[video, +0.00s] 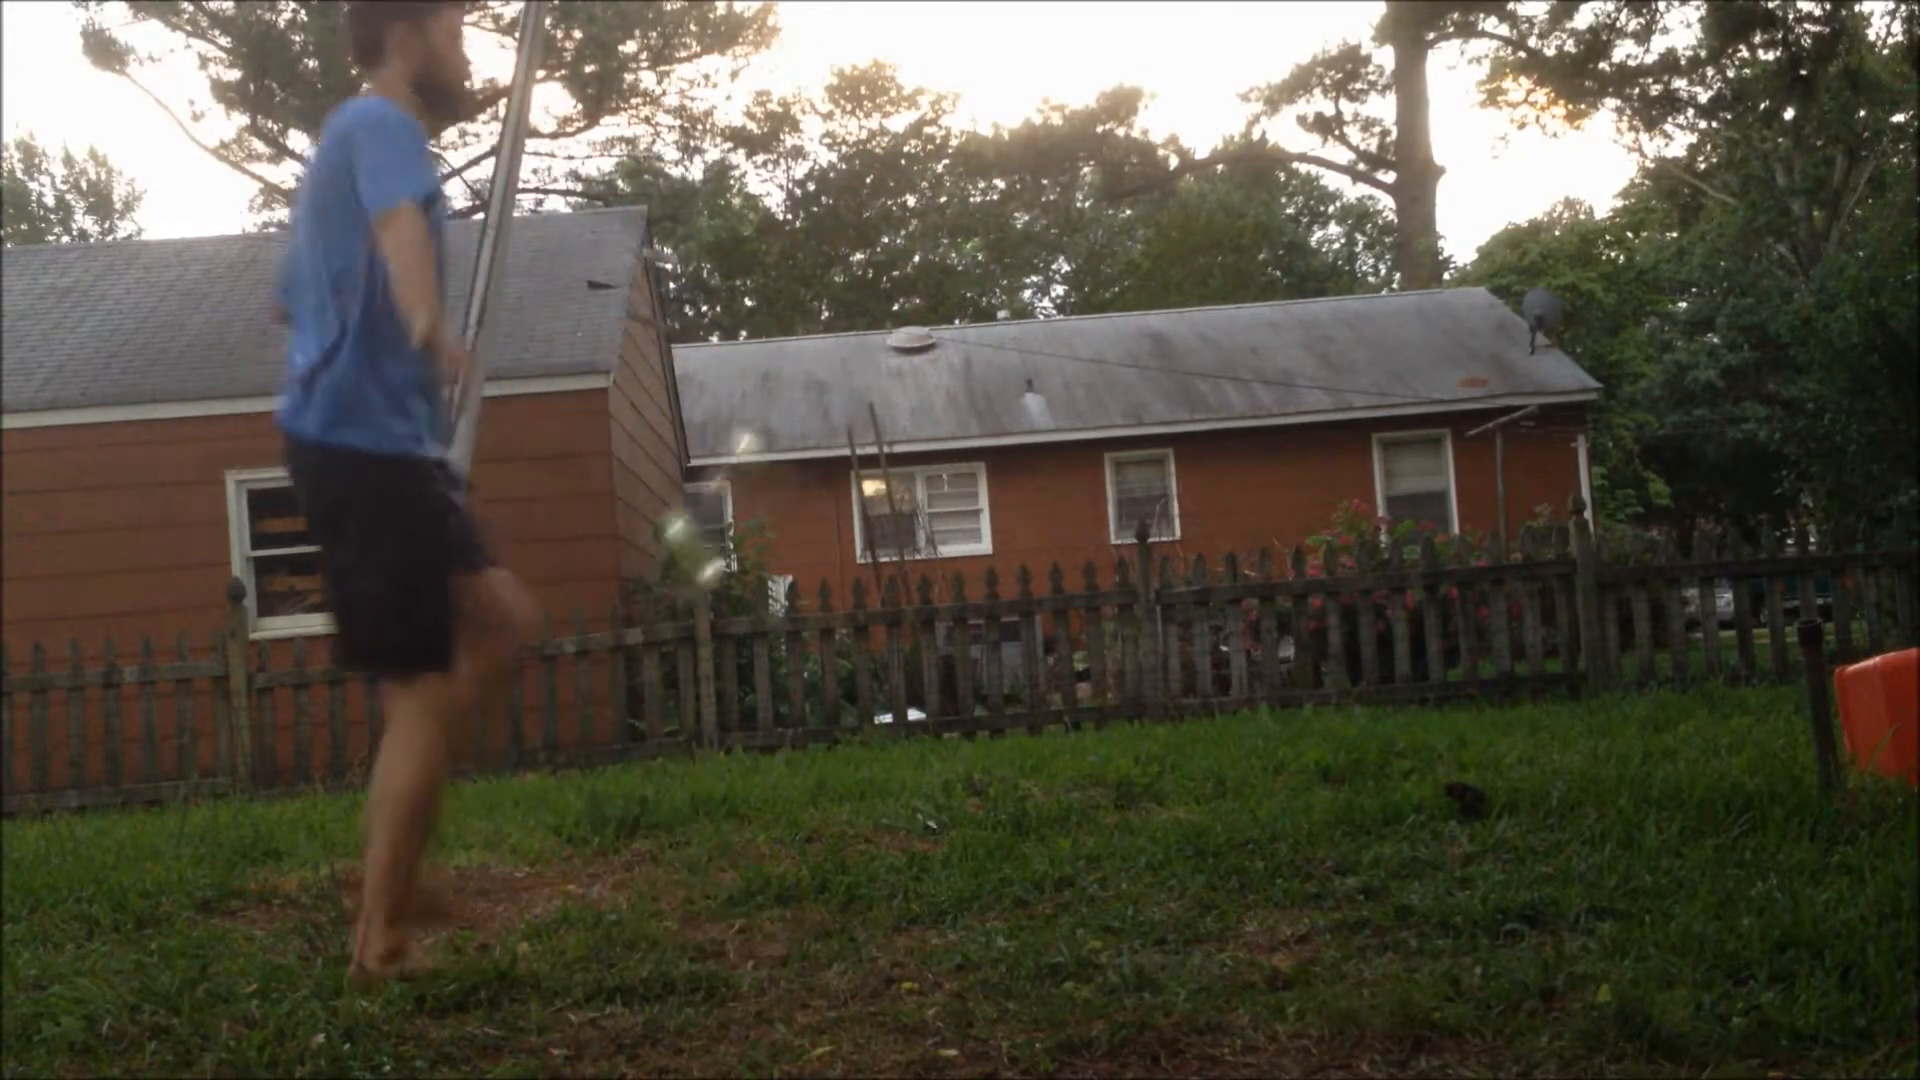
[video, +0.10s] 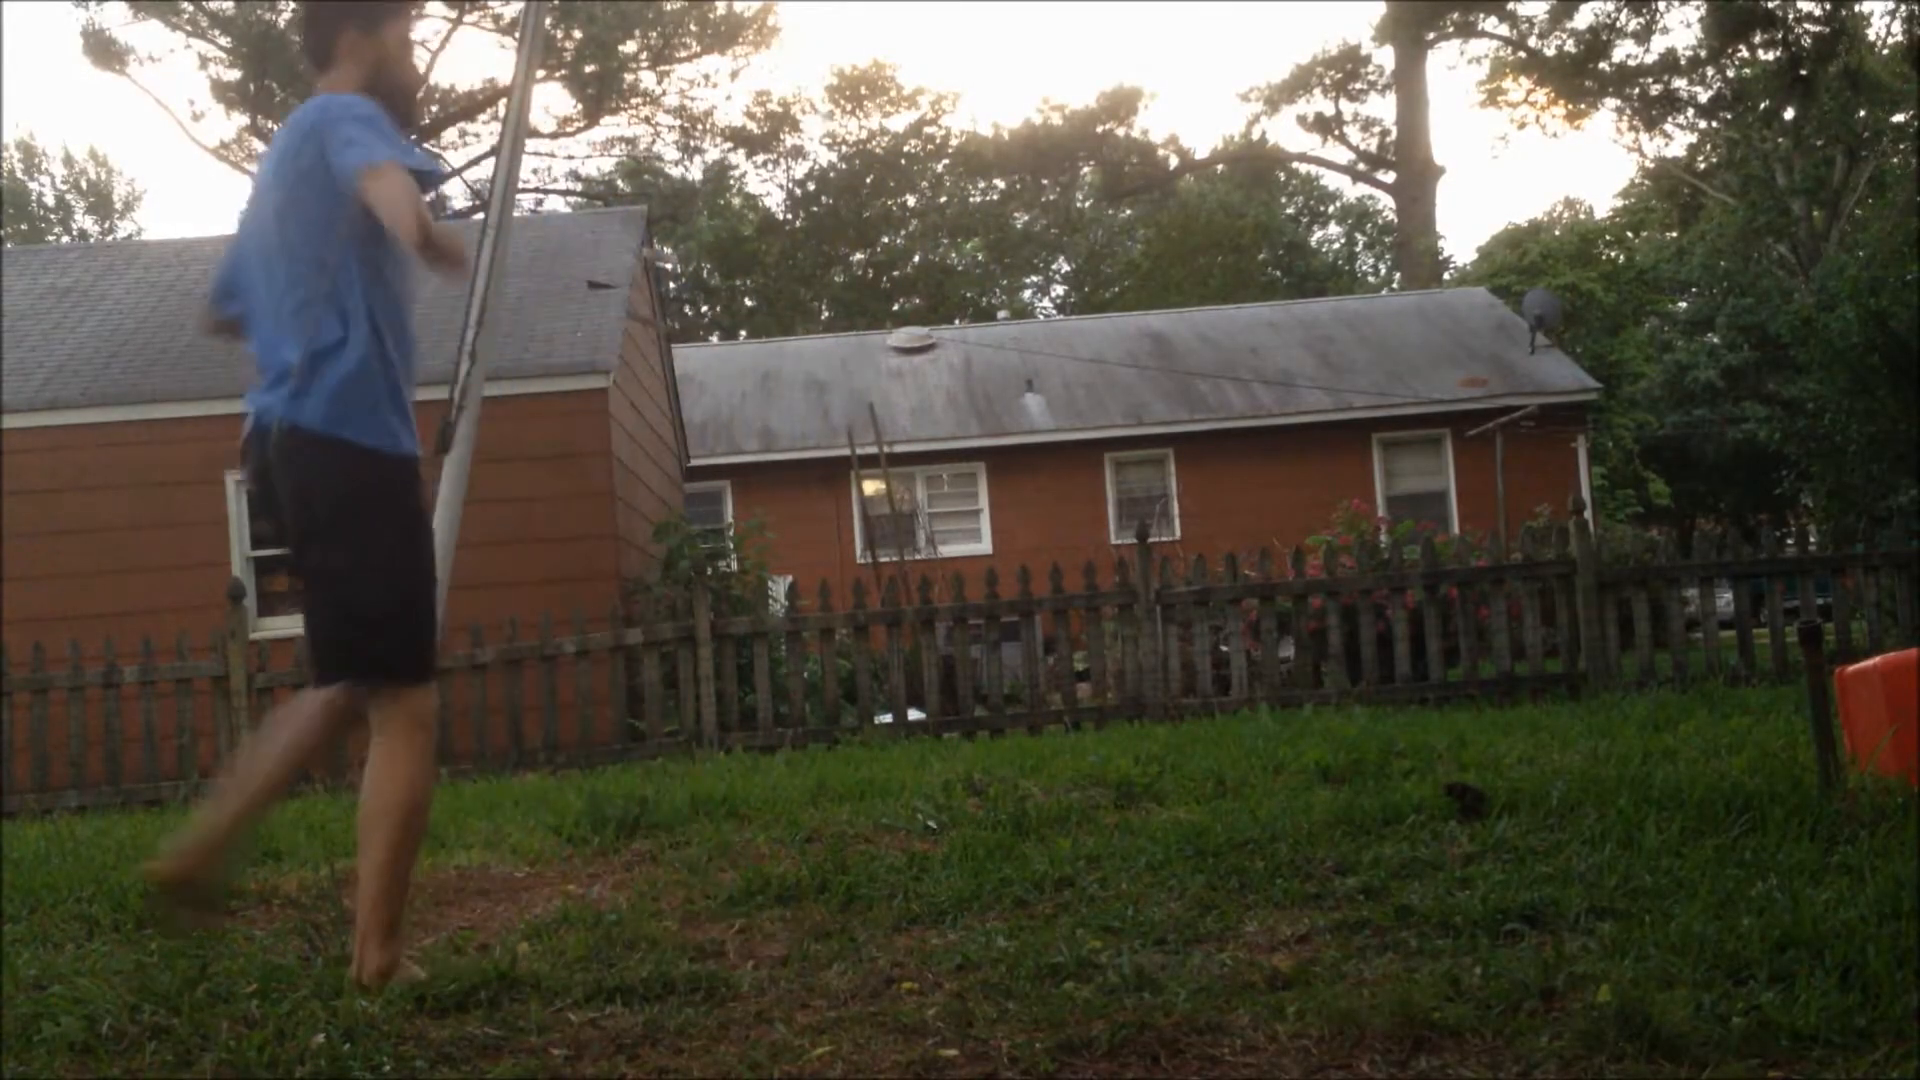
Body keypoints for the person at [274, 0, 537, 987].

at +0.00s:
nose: (467, 44)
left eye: (464, 25)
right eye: (455, 24)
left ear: (387, 43)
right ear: (405, 35)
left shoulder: (346, 135)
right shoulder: (381, 122)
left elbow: (289, 291)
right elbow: (401, 230)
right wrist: (432, 322)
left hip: (362, 437)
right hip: (364, 441)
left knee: (500, 619)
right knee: (419, 689)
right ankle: (380, 937)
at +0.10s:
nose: (418, 57)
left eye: (414, 37)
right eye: (409, 35)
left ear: (329, 45)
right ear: (365, 36)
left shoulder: (283, 150)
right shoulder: (347, 116)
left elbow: (228, 310)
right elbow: (399, 205)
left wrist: (343, 342)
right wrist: (440, 242)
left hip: (287, 441)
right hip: (353, 440)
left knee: (344, 680)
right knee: (406, 702)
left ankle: (187, 863)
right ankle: (376, 961)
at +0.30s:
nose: (302, 98)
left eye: (302, 87)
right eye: (298, 85)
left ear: (209, 95)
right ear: (268, 81)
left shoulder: (154, 217)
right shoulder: (271, 134)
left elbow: (74, 361)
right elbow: (276, 158)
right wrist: (294, 173)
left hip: (199, 500)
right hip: (311, 490)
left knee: (112, 719)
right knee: (381, 720)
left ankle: (4, 893)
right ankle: (371, 962)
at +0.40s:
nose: (235, 103)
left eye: (201, 91)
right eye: (237, 90)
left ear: (152, 98)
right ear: (231, 90)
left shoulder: (91, 205)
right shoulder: (242, 151)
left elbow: (24, 333)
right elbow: (248, 229)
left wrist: (117, 306)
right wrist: (270, 315)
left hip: (143, 503)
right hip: (261, 494)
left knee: (57, 729)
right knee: (340, 725)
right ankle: (364, 957)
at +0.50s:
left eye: (110, 72)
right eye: (168, 75)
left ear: (93, 81)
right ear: (176, 79)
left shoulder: (27, 197)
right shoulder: (204, 144)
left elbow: (6, 319)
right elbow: (222, 248)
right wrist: (268, 396)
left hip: (90, 499)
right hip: (211, 493)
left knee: (28, 724)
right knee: (311, 715)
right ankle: (353, 947)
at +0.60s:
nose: (73, 74)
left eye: (60, 58)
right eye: (130, 53)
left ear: (55, 65)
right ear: (142, 63)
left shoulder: (12, 167)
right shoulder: (196, 141)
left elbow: (8, 330)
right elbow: (246, 275)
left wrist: (12, 482)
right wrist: (291, 424)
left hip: (60, 488)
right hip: (190, 482)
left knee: (16, 707)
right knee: (284, 693)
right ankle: (291, 927)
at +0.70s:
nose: (35, 69)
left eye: (35, 53)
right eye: (50, 51)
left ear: (42, 57)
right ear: (131, 55)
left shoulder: (12, 164)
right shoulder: (202, 148)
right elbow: (287, 293)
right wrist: (332, 418)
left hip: (46, 486)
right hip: (184, 484)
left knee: (14, 710)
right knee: (233, 705)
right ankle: (234, 916)